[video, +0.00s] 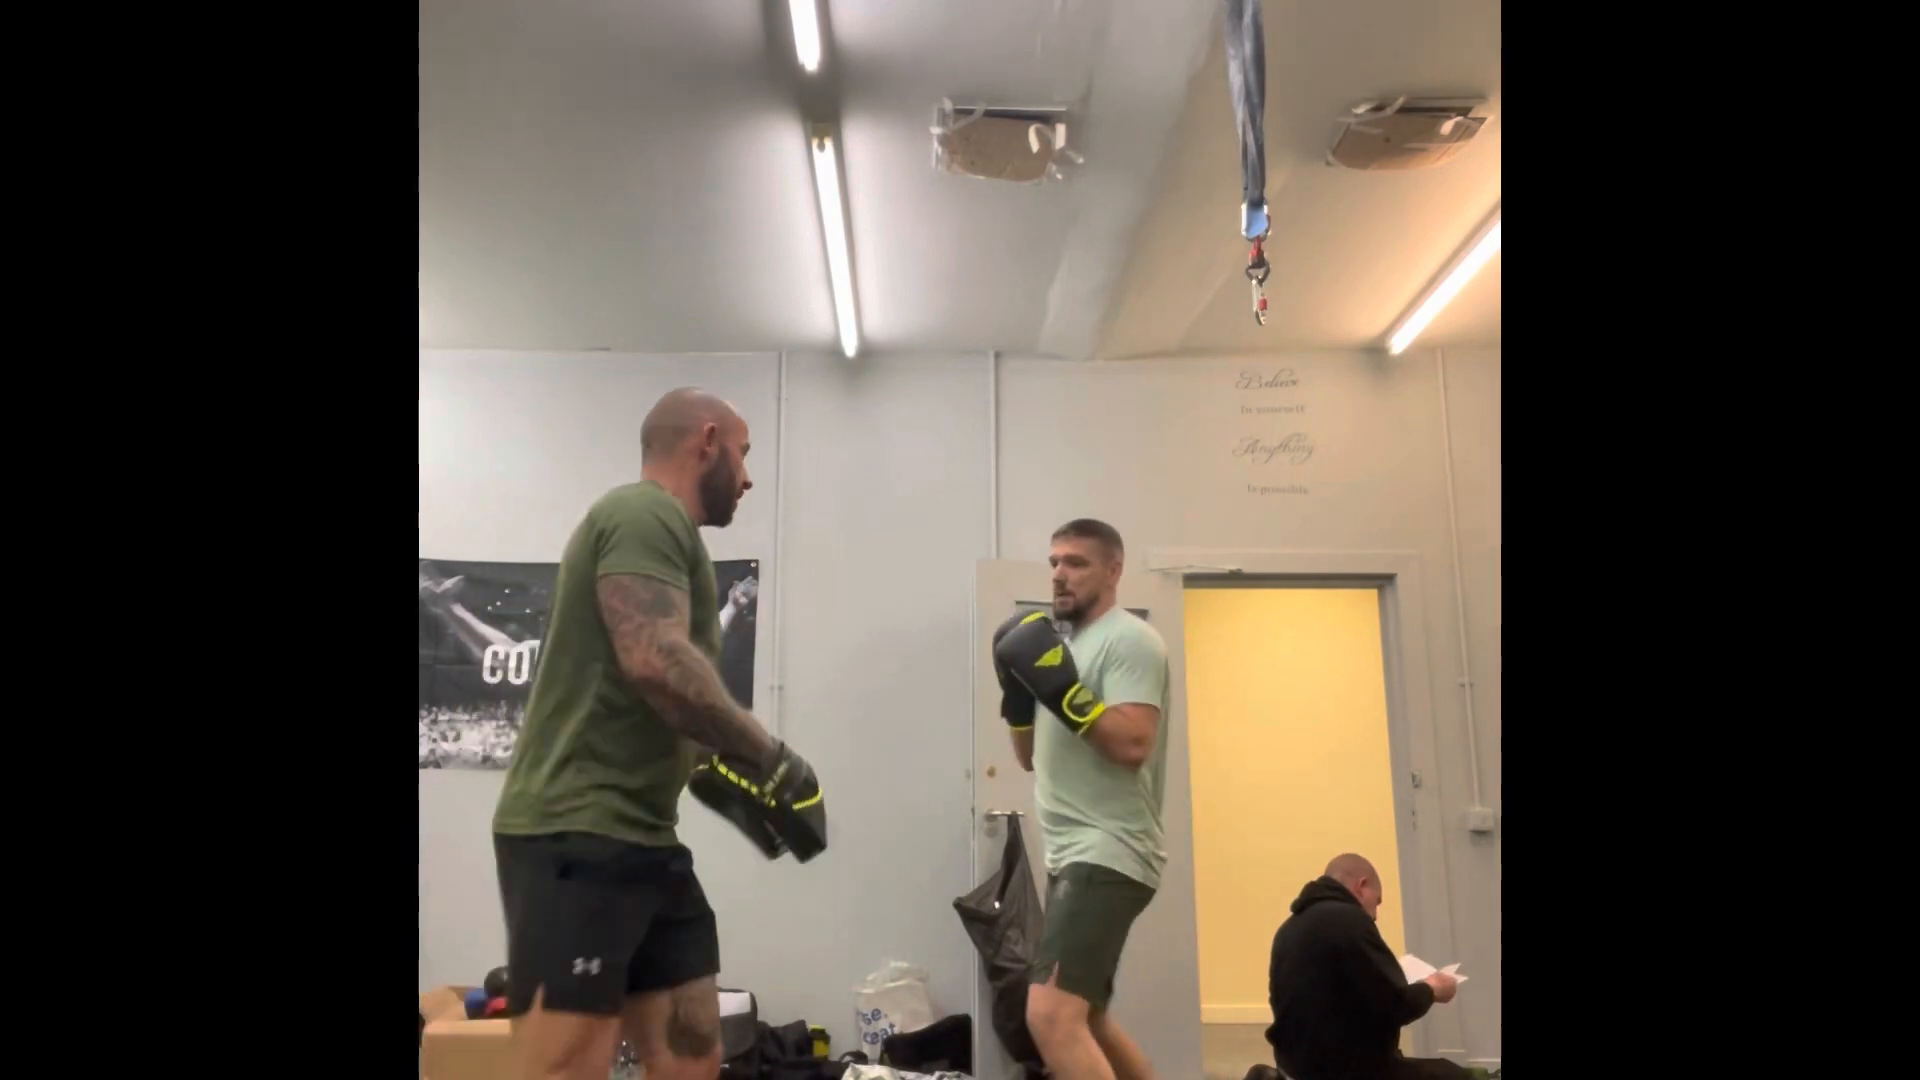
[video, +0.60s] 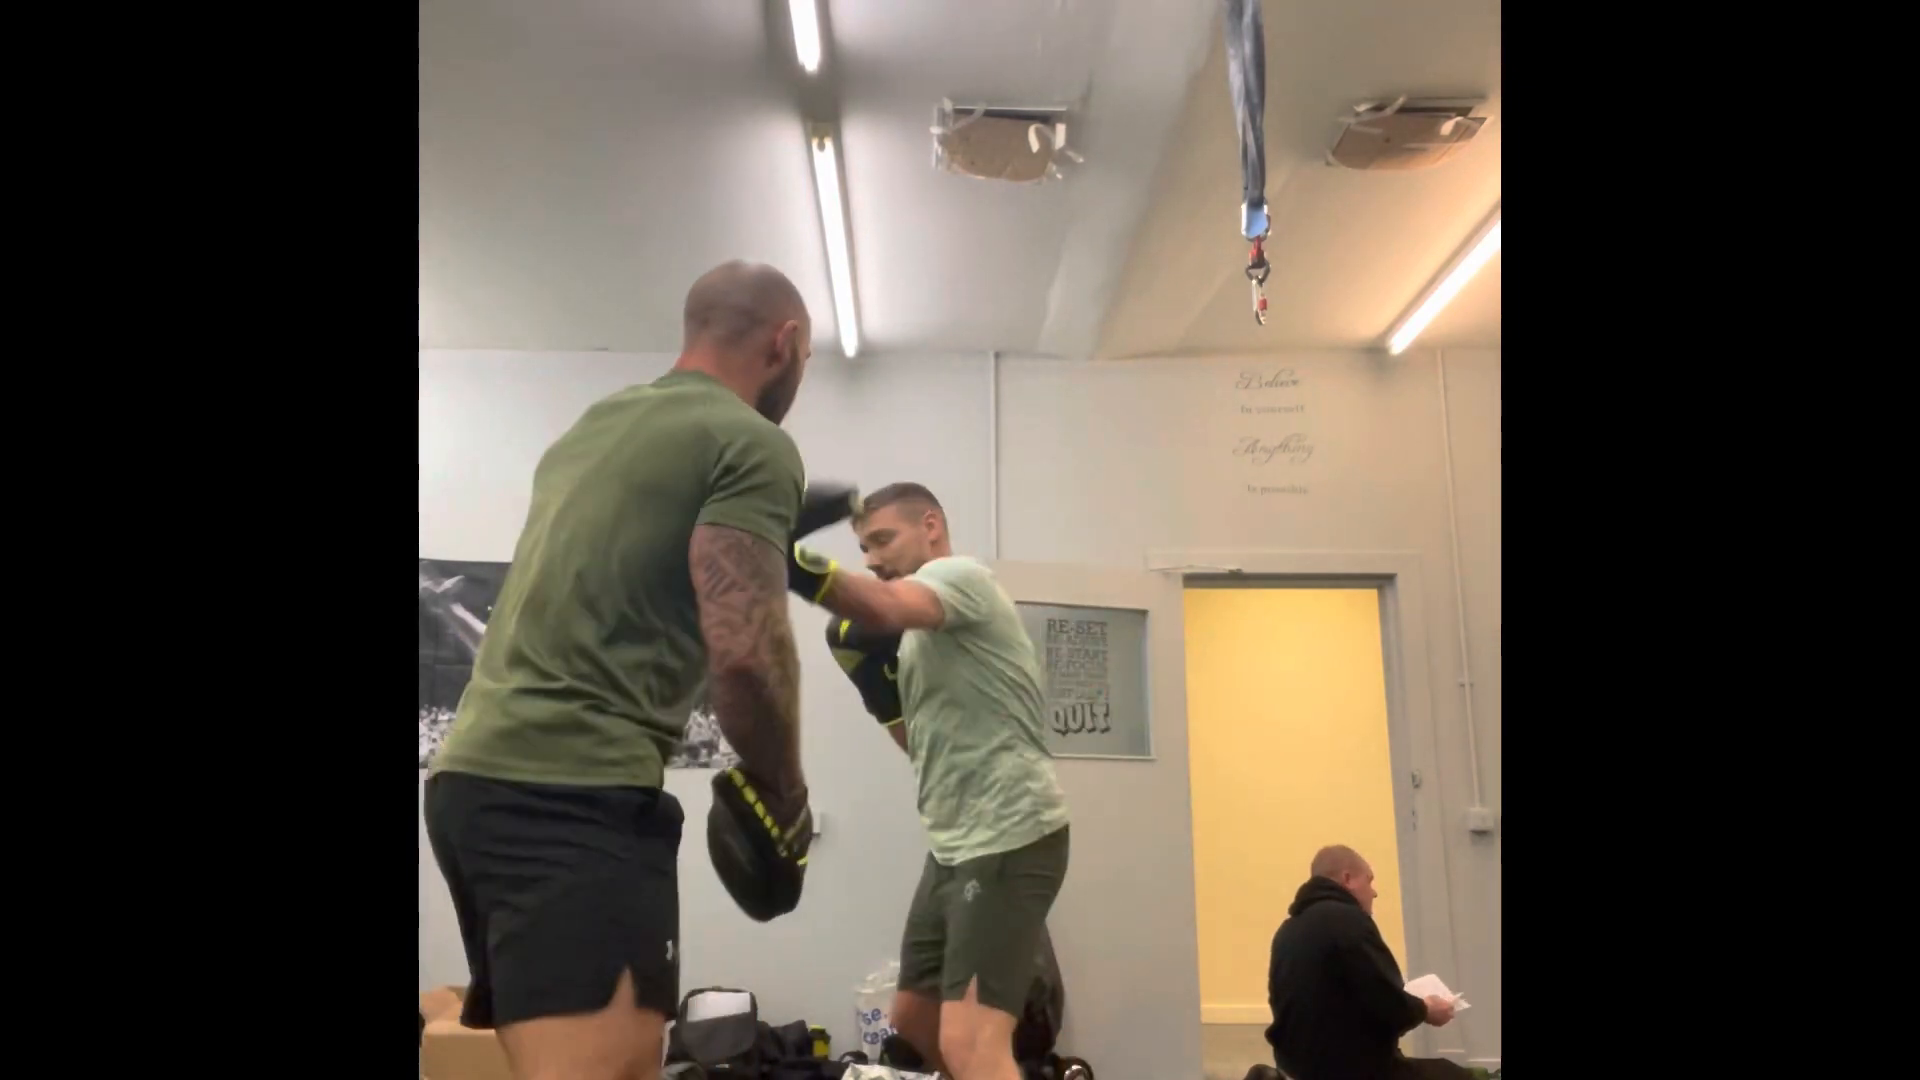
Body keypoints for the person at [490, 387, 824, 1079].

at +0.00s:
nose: (750, 476)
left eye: (749, 457)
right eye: (743, 454)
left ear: (690, 449)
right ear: (707, 445)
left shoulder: (678, 544)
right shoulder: (643, 511)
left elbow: (656, 702)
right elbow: (655, 656)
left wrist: (720, 781)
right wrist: (776, 762)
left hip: (644, 833)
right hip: (573, 829)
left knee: (687, 1049)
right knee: (565, 1059)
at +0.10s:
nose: (778, 455)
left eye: (781, 435)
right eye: (780, 432)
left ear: (688, 421)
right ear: (753, 415)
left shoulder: (646, 504)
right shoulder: (715, 493)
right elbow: (728, 666)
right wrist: (784, 803)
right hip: (623, 815)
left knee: (692, 1051)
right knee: (641, 1060)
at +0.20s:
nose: (787, 435)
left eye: (790, 419)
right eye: (792, 416)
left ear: (689, 406)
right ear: (773, 404)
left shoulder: (605, 513)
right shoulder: (767, 495)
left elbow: (608, 689)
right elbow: (815, 684)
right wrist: (843, 819)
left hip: (575, 842)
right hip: (674, 845)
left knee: (725, 1040)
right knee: (657, 1065)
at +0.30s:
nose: (822, 408)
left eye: (824, 393)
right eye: (826, 390)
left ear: (724, 381)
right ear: (808, 378)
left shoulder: (648, 481)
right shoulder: (791, 469)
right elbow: (835, 653)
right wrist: (885, 793)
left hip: (589, 801)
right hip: (676, 805)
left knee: (725, 1055)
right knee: (681, 1065)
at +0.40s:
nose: (834, 417)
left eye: (838, 397)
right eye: (837, 394)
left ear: (732, 378)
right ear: (817, 380)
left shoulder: (652, 474)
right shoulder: (793, 467)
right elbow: (819, 667)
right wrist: (869, 796)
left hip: (584, 799)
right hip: (664, 807)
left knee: (706, 1060)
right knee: (657, 1066)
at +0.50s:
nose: (819, 395)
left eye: (822, 373)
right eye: (824, 370)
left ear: (710, 351)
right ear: (802, 354)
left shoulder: (610, 448)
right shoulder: (785, 455)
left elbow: (586, 638)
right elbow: (833, 671)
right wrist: (832, 797)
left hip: (527, 801)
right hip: (637, 810)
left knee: (687, 1042)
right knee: (627, 1063)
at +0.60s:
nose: (799, 380)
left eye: (805, 361)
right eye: (807, 357)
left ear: (696, 333)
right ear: (786, 340)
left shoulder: (594, 424)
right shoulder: (747, 442)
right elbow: (744, 657)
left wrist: (762, 512)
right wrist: (785, 803)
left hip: (479, 782)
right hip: (578, 792)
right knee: (598, 1063)